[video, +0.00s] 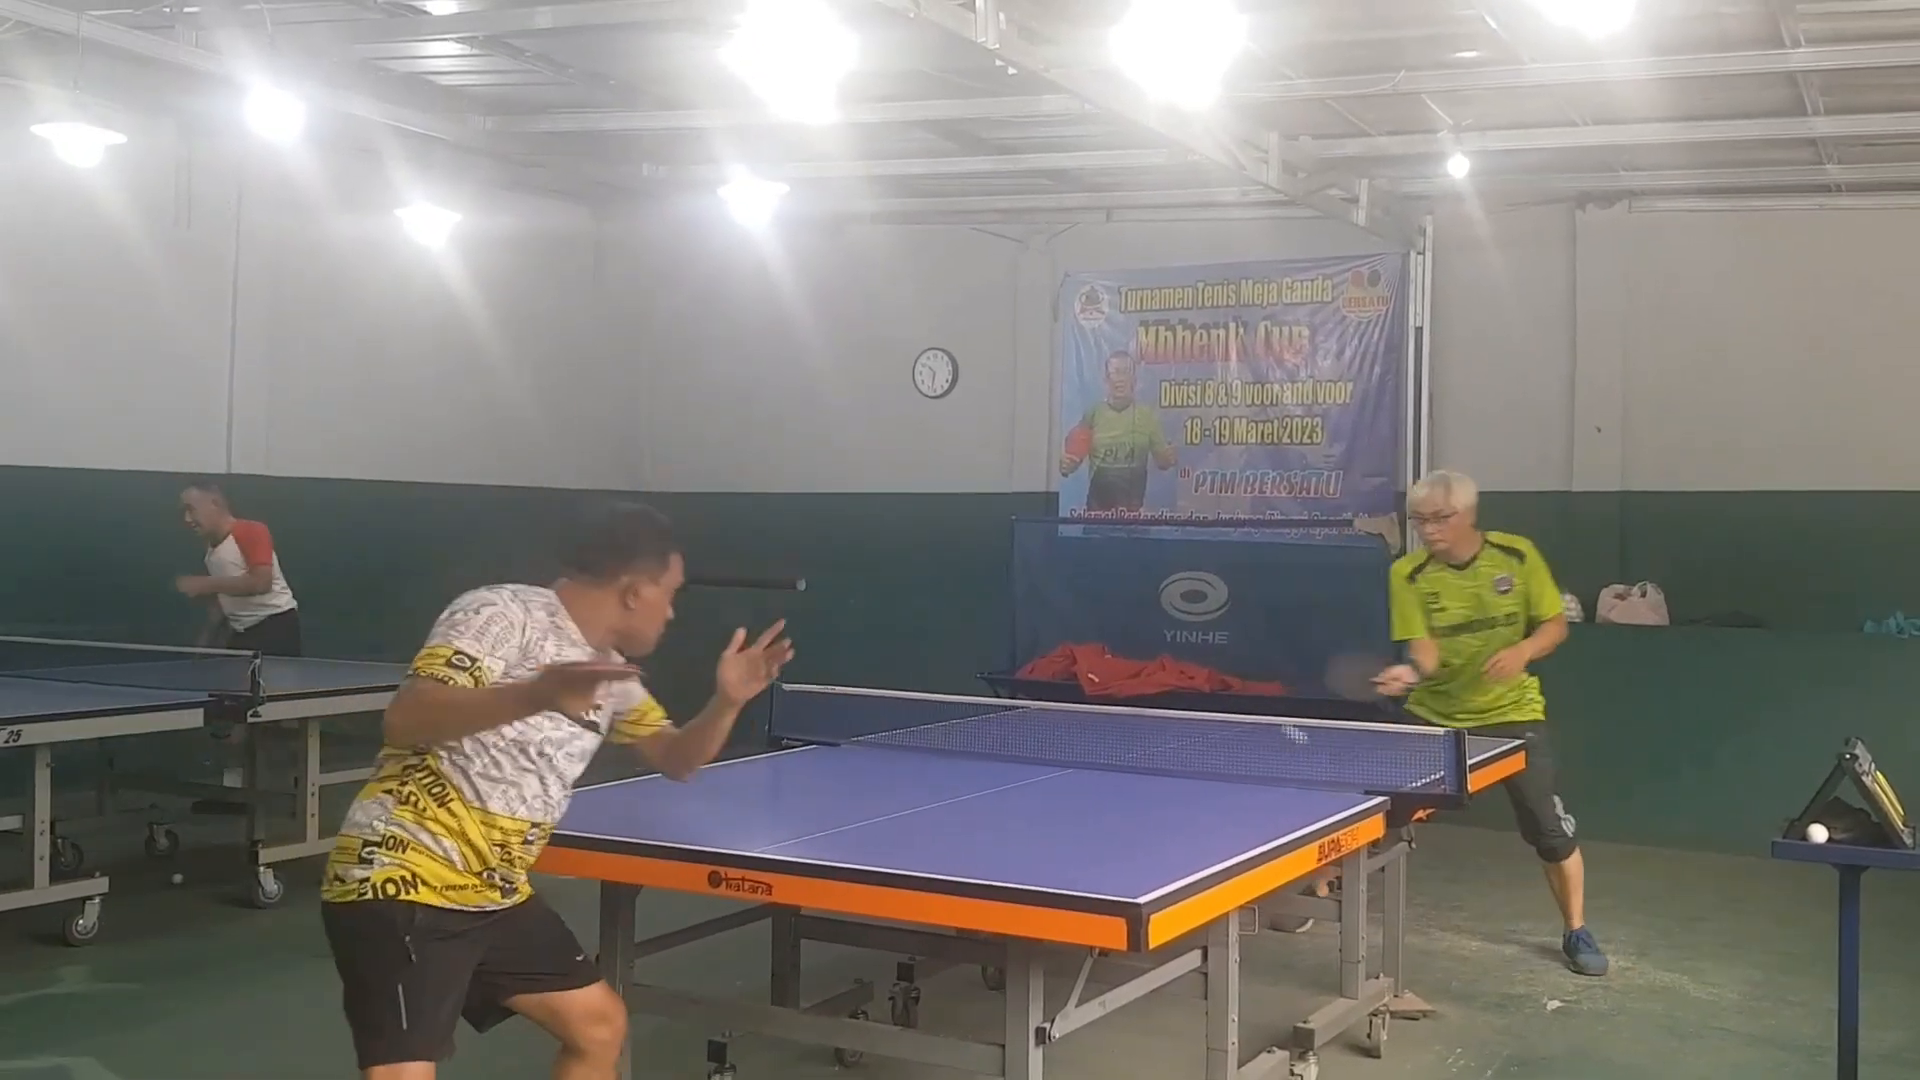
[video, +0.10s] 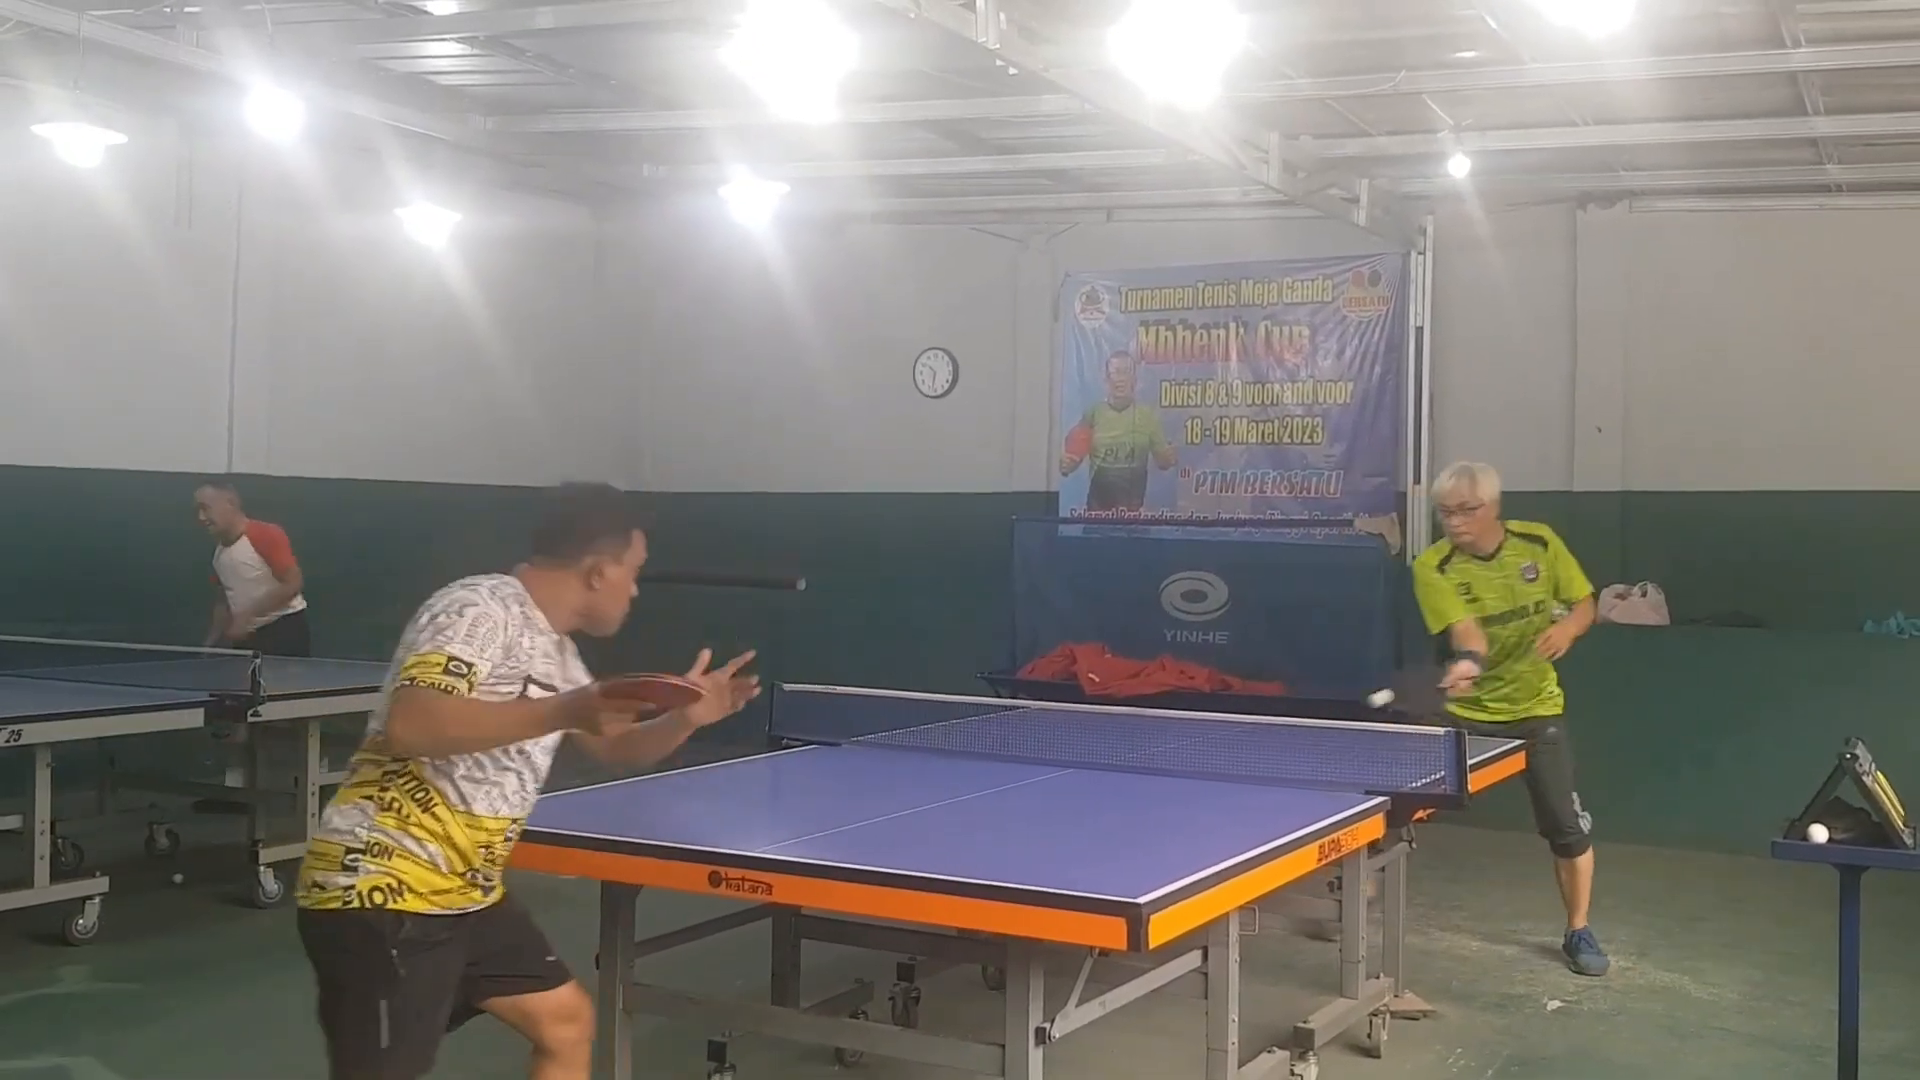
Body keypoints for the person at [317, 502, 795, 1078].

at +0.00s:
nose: (671, 615)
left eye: (674, 600)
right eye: (669, 597)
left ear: (627, 591)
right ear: (630, 589)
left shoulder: (608, 671)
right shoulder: (496, 614)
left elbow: (678, 758)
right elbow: (406, 718)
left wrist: (726, 702)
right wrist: (535, 694)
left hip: (491, 886)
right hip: (398, 877)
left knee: (598, 1025)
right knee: (401, 1076)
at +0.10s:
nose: (636, 591)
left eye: (638, 574)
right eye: (635, 573)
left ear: (591, 573)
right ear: (595, 572)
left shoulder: (560, 656)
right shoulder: (475, 607)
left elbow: (616, 748)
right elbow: (411, 725)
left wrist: (683, 720)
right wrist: (562, 712)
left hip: (463, 890)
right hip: (379, 893)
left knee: (567, 1026)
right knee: (380, 1067)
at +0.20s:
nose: (606, 569)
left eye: (608, 553)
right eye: (604, 551)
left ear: (557, 552)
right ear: (565, 552)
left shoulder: (516, 634)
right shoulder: (452, 601)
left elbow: (555, 739)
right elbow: (409, 731)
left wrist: (643, 716)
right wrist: (568, 723)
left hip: (423, 887)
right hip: (347, 892)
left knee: (521, 1020)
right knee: (353, 1068)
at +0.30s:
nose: (586, 556)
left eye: (587, 539)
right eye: (583, 538)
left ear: (537, 540)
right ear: (543, 540)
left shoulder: (499, 619)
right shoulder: (427, 599)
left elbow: (516, 729)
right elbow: (411, 738)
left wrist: (604, 729)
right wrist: (572, 729)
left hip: (409, 878)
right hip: (331, 887)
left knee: (497, 1010)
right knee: (345, 1068)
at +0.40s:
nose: (579, 551)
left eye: (577, 534)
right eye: (575, 533)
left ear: (529, 539)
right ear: (532, 537)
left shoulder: (494, 615)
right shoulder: (421, 608)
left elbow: (504, 718)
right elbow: (414, 753)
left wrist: (591, 741)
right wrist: (575, 742)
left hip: (406, 879)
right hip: (330, 887)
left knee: (470, 1022)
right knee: (349, 1068)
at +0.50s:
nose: (578, 548)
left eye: (576, 531)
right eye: (573, 530)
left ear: (527, 539)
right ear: (529, 537)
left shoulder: (503, 613)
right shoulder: (422, 613)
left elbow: (519, 723)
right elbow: (417, 768)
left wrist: (594, 755)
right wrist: (576, 755)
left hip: (414, 873)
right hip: (332, 881)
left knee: (478, 1021)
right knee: (342, 1068)